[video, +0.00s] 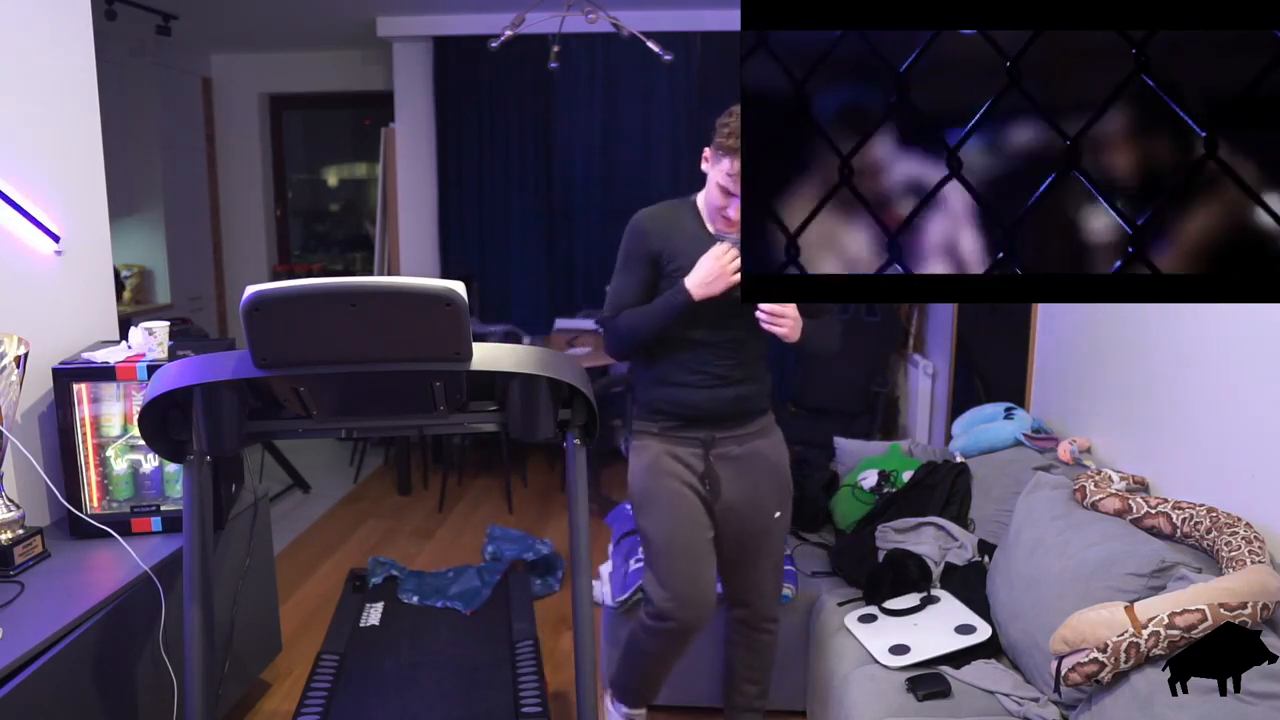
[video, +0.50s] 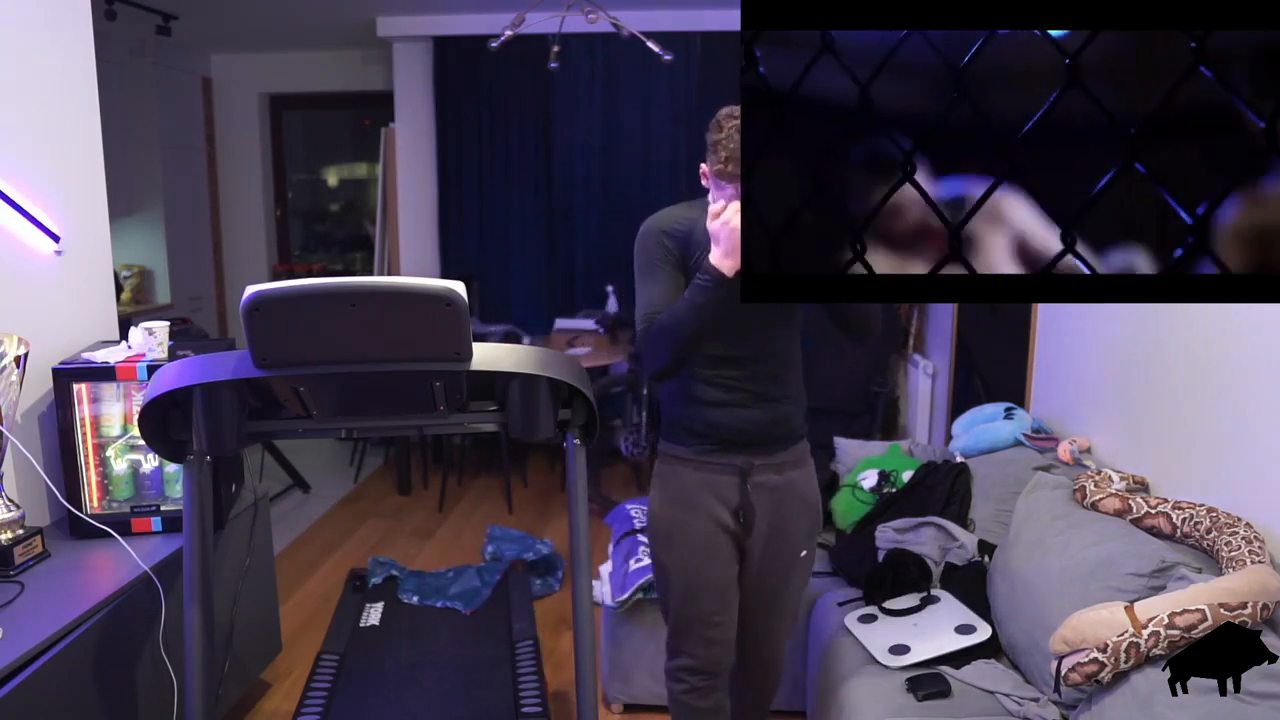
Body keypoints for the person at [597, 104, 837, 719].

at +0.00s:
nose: (735, 208)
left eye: (748, 196)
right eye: (727, 191)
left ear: (764, 180)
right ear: (706, 163)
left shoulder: (773, 235)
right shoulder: (652, 230)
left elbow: (823, 331)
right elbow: (616, 334)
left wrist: (800, 329)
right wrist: (689, 290)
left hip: (753, 443)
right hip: (665, 445)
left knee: (757, 610)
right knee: (685, 605)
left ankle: (747, 715)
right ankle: (625, 702)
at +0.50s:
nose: (736, 197)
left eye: (751, 182)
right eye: (725, 180)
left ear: (777, 180)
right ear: (706, 174)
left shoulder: (792, 230)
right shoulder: (667, 233)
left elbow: (865, 326)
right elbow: (654, 356)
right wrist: (720, 265)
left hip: (788, 477)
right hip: (693, 477)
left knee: (765, 669)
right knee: (701, 666)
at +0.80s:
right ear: (730, 141)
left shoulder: (794, 210)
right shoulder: (669, 212)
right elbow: (634, 270)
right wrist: (722, 161)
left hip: (794, 480)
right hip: (691, 490)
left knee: (805, 680)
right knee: (701, 689)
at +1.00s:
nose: (774, 133)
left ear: (810, 132)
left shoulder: (820, 210)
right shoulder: (681, 212)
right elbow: (617, 164)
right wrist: (728, 114)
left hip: (803, 504)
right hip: (693, 508)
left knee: (792, 704)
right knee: (697, 702)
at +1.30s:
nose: (759, 152)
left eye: (780, 138)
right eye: (751, 139)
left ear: (820, 163)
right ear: (734, 152)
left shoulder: (845, 246)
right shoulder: (702, 223)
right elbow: (691, 89)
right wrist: (789, 93)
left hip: (828, 532)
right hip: (707, 532)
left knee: (814, 711)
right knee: (716, 709)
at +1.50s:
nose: (833, 179)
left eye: (839, 166)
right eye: (817, 162)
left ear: (846, 169)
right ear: (771, 155)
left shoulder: (843, 230)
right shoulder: (703, 215)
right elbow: (727, 68)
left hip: (836, 533)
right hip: (717, 534)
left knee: (820, 714)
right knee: (733, 712)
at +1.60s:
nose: (864, 183)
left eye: (869, 169)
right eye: (854, 165)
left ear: (867, 169)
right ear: (809, 155)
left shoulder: (842, 233)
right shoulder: (701, 215)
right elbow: (735, 50)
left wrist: (866, 222)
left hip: (838, 544)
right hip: (721, 551)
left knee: (823, 714)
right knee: (730, 712)